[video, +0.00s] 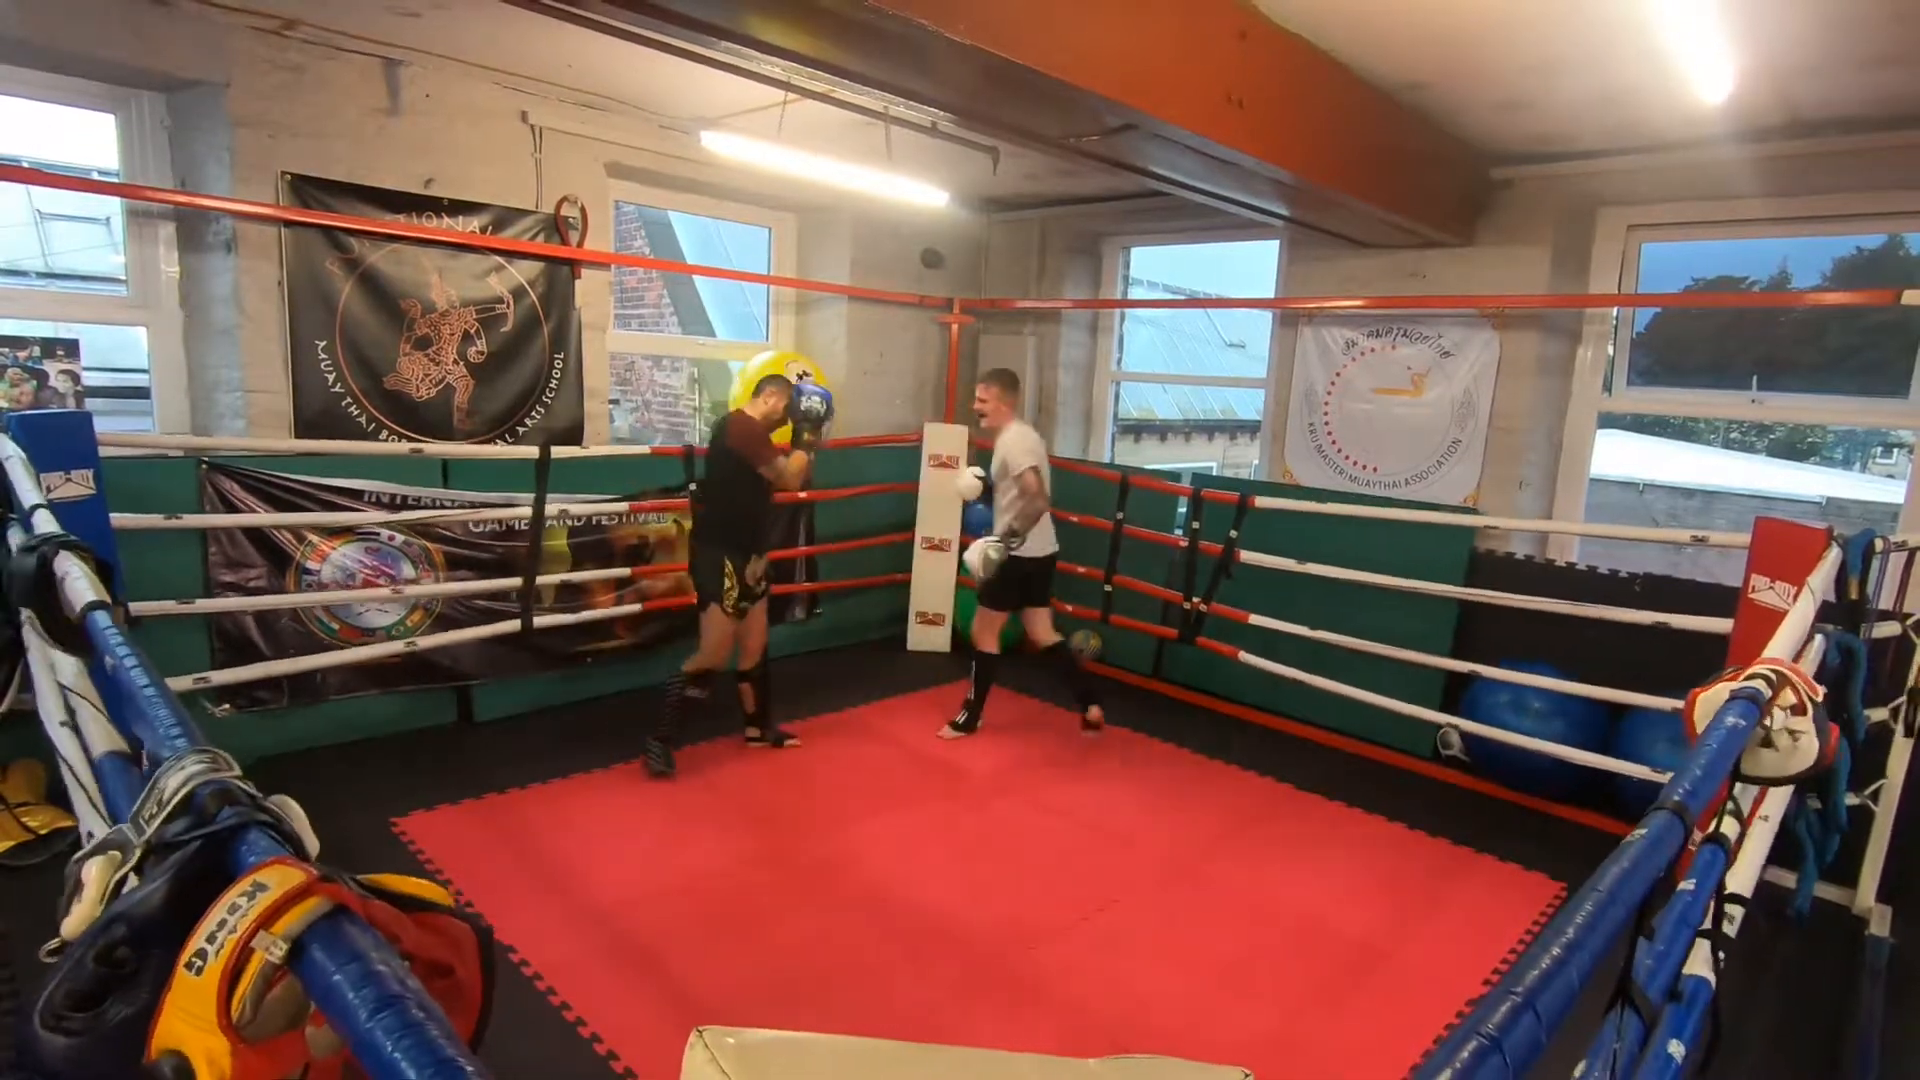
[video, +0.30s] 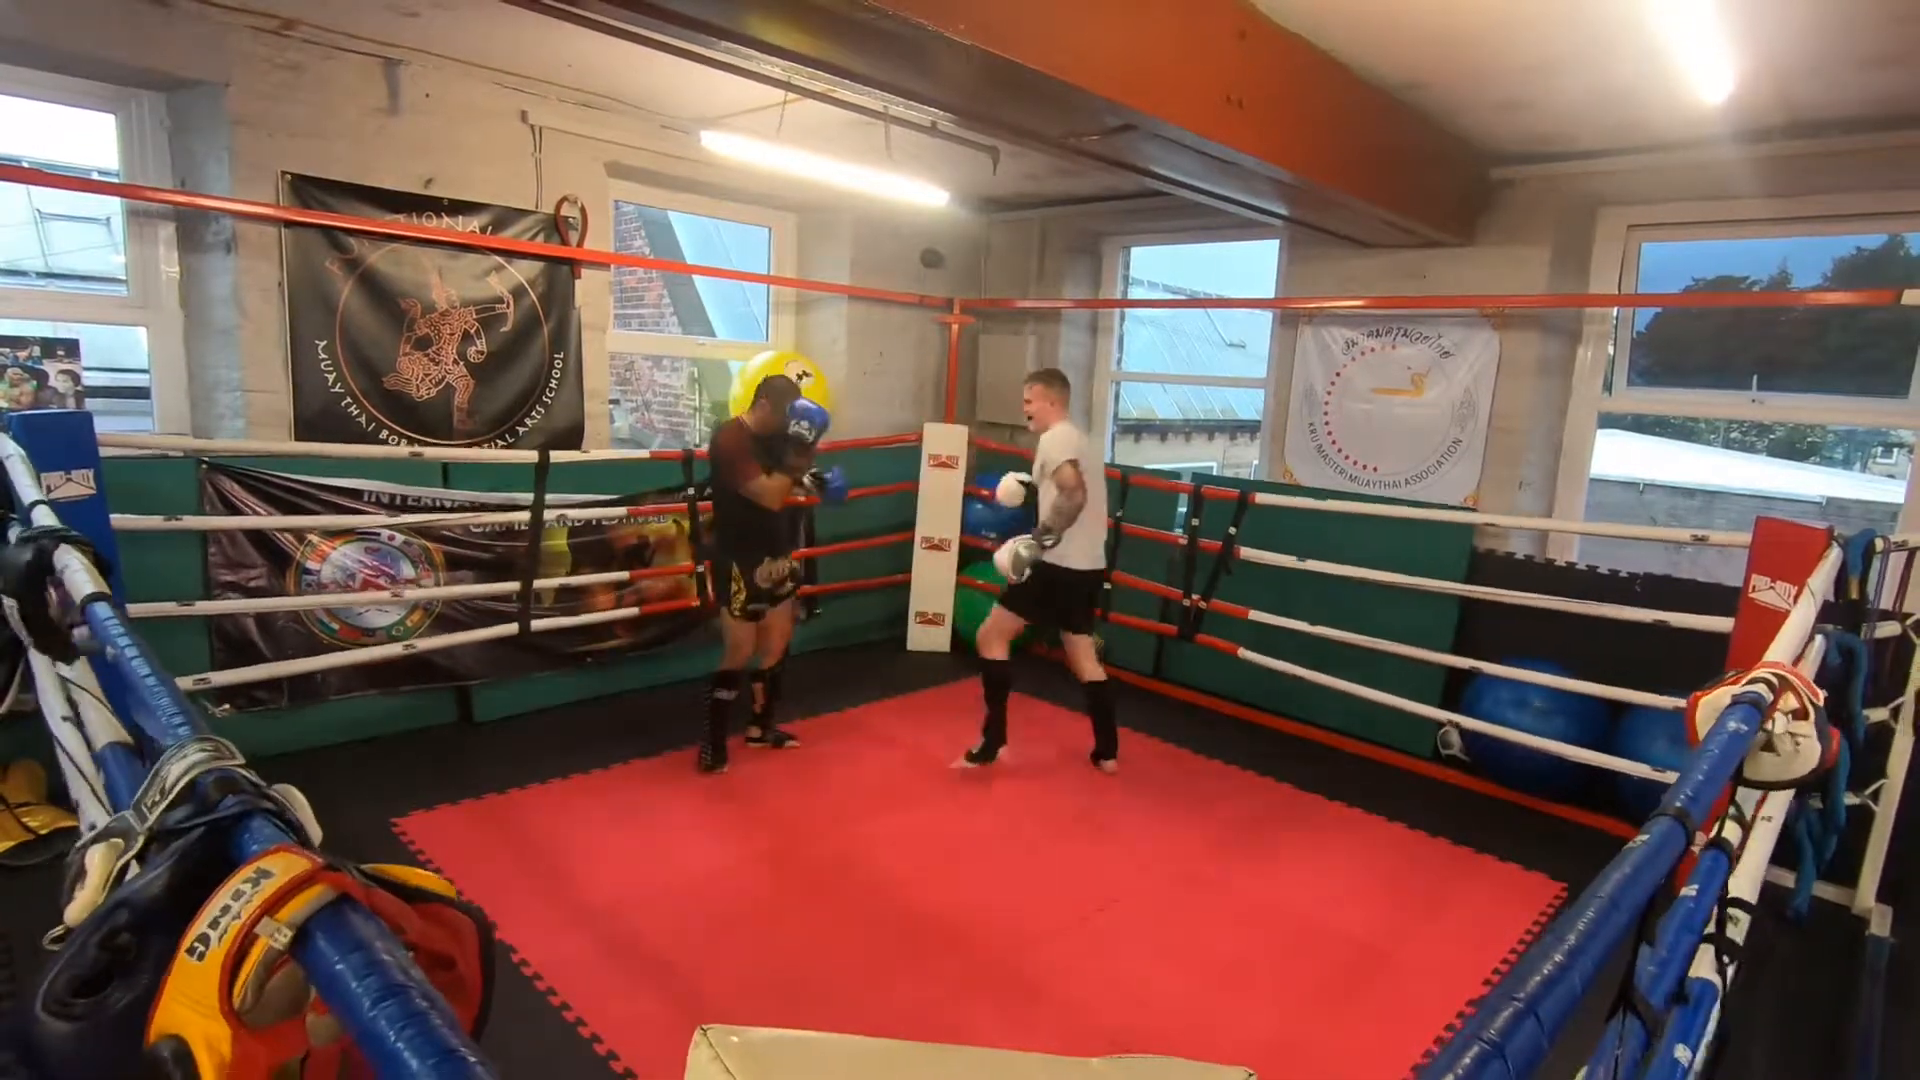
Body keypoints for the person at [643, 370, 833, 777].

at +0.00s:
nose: (783, 408)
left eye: (787, 403)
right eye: (780, 399)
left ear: (780, 407)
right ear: (763, 394)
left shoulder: (760, 435)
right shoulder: (740, 427)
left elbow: (790, 478)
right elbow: (789, 477)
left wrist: (807, 439)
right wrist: (808, 437)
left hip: (750, 552)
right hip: (720, 551)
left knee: (754, 645)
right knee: (715, 652)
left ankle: (758, 727)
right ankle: (661, 740)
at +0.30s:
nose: (786, 420)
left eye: (789, 414)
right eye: (783, 412)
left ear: (778, 409)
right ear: (763, 404)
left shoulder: (773, 439)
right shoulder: (730, 438)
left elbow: (780, 484)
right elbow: (769, 495)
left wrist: (811, 486)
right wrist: (797, 452)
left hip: (776, 554)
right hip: (738, 558)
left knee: (776, 644)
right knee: (739, 648)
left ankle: (763, 725)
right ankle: (714, 742)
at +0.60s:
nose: (796, 419)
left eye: (800, 412)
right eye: (792, 410)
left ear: (792, 408)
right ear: (767, 401)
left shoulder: (783, 441)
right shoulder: (735, 443)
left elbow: (800, 478)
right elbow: (772, 504)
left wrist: (833, 463)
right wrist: (804, 463)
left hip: (790, 560)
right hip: (746, 565)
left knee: (821, 642)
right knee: (732, 653)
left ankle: (820, 730)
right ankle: (714, 744)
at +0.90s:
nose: (834, 428)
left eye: (838, 422)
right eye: (831, 418)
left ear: (834, 421)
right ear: (810, 408)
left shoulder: (824, 451)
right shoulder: (771, 444)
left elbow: (863, 500)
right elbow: (806, 501)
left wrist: (885, 464)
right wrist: (835, 458)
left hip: (822, 569)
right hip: (774, 571)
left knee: (840, 663)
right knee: (749, 663)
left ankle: (847, 752)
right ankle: (719, 744)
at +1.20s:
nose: (816, 420)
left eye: (821, 413)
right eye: (809, 410)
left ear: (825, 415)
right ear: (789, 408)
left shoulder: (831, 446)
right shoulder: (762, 445)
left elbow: (857, 501)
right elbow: (794, 499)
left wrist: (876, 487)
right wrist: (817, 454)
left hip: (823, 567)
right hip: (773, 570)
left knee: (844, 661)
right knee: (754, 662)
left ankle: (847, 752)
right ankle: (733, 746)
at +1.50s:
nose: (826, 425)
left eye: (830, 418)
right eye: (818, 418)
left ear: (834, 416)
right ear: (795, 410)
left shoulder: (832, 442)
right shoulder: (763, 448)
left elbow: (871, 494)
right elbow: (804, 494)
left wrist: (868, 454)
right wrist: (837, 460)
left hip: (827, 571)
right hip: (775, 574)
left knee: (846, 668)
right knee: (755, 666)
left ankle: (851, 762)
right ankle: (733, 746)